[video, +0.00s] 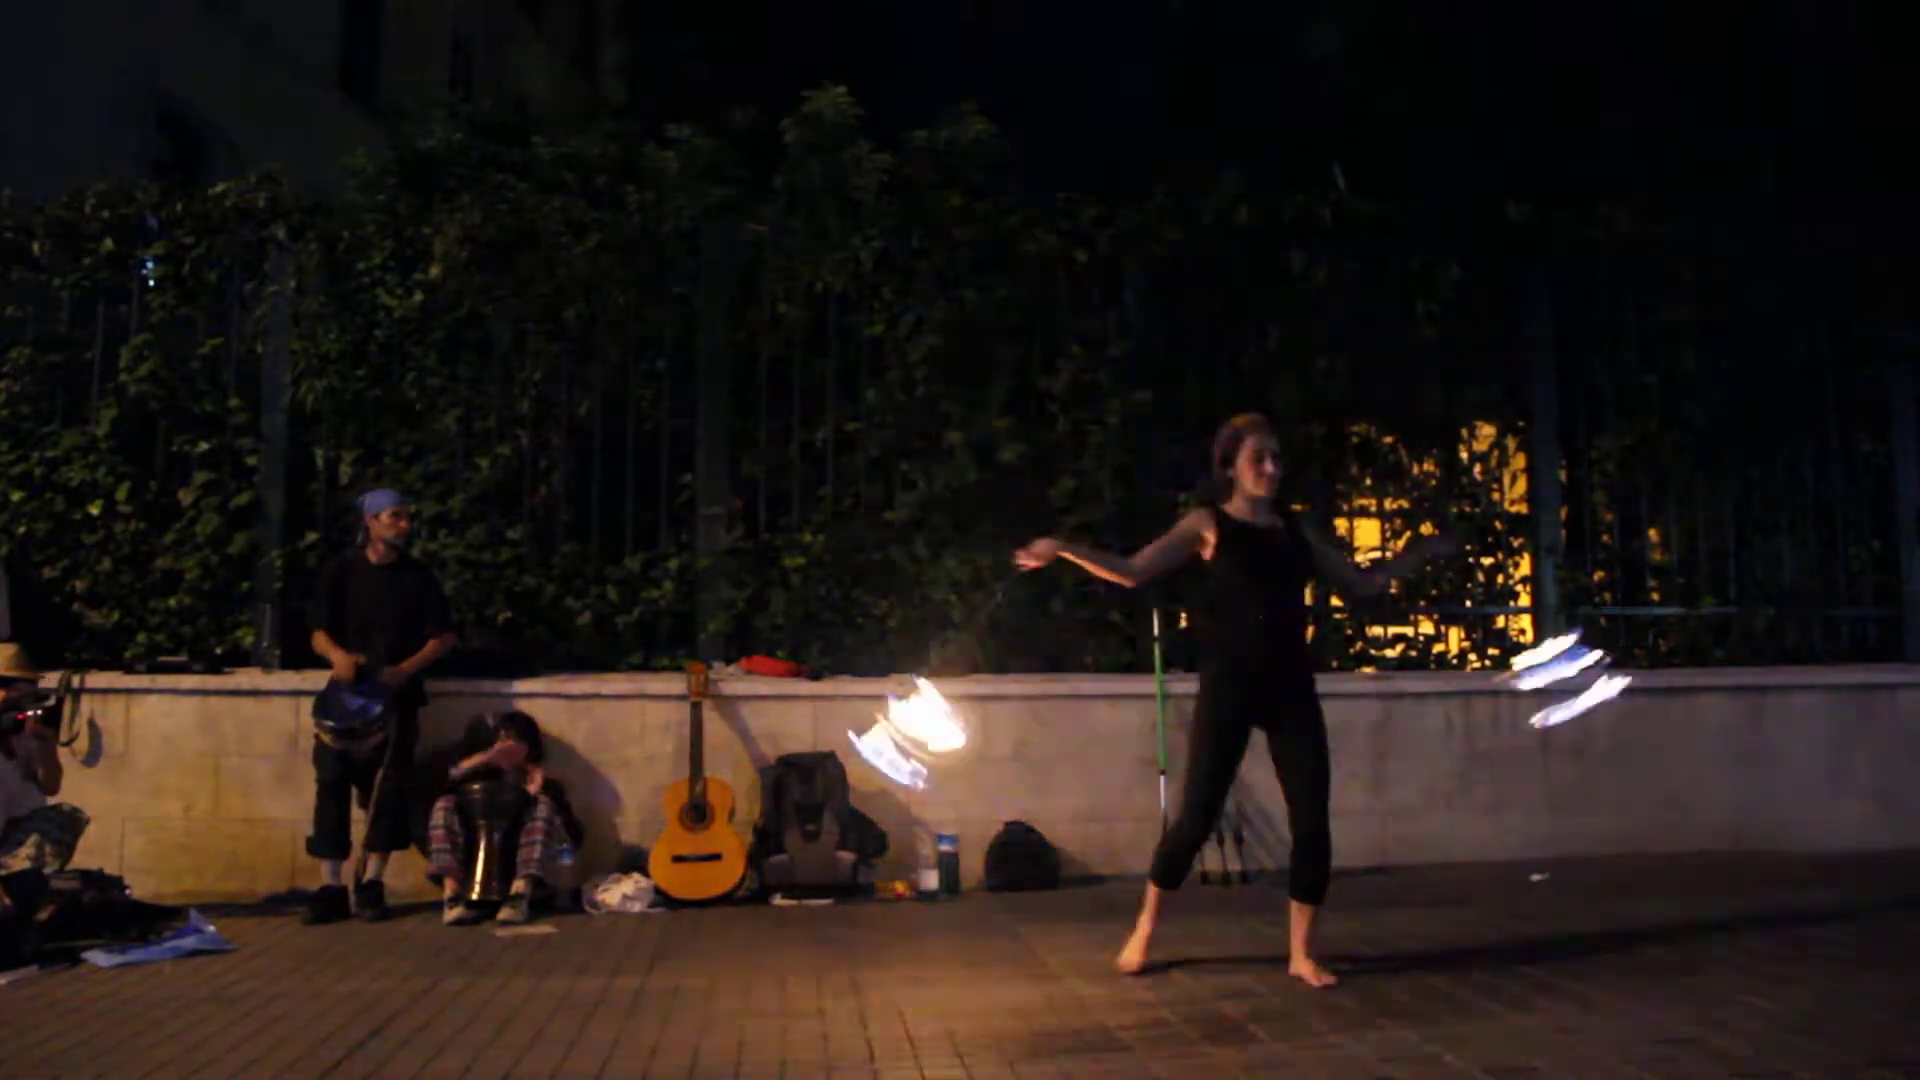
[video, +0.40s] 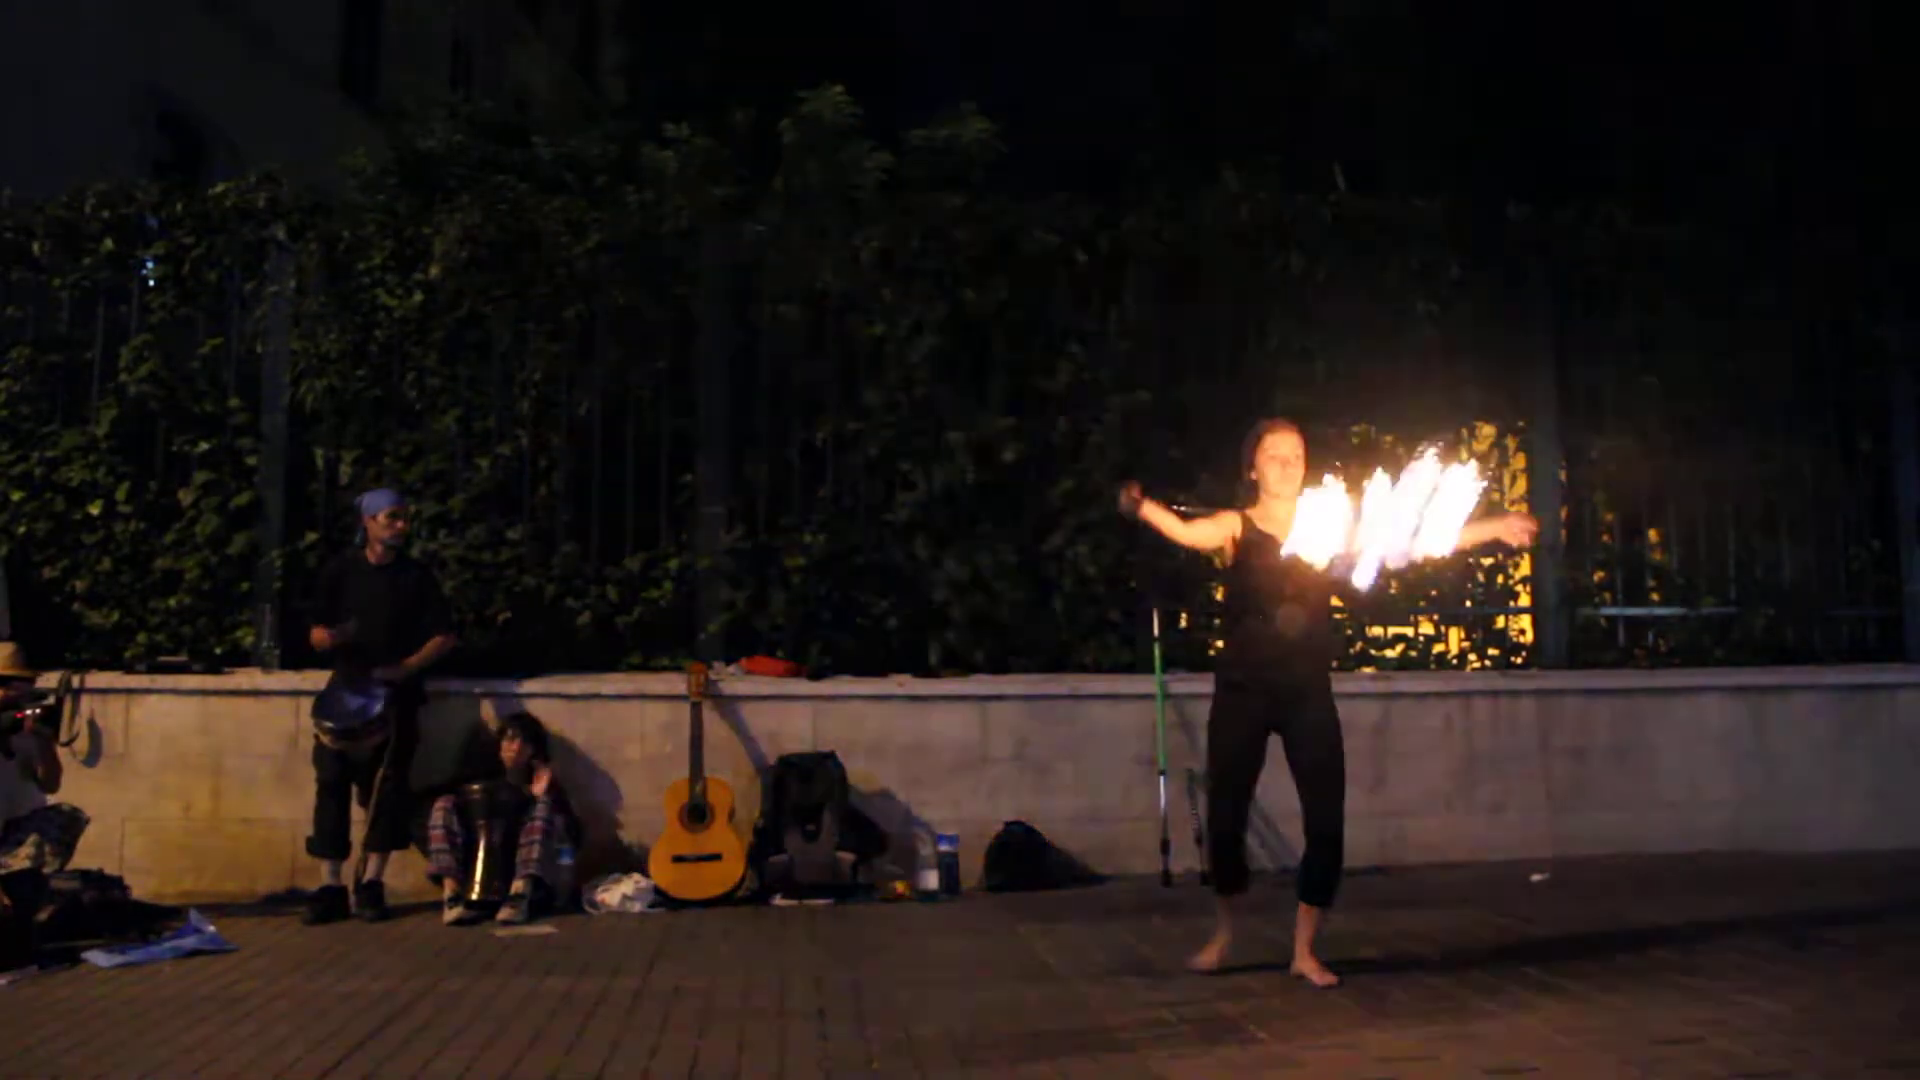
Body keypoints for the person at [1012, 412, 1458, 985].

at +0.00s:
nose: (1269, 465)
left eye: (1274, 455)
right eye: (1257, 456)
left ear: (1281, 464)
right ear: (1230, 465)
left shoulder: (1297, 531)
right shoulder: (1206, 525)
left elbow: (1363, 584)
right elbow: (1132, 572)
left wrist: (1424, 556)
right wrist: (1064, 551)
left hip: (1291, 689)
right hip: (1227, 689)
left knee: (1312, 821)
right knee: (1196, 816)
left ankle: (1300, 954)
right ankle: (1145, 926)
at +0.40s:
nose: (1287, 466)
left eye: (1295, 458)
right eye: (1276, 457)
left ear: (1307, 466)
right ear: (1253, 466)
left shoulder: (1329, 522)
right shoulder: (1236, 524)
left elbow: (1415, 542)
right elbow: (1188, 534)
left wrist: (1493, 529)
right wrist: (1144, 506)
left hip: (1308, 693)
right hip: (1242, 692)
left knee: (1326, 823)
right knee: (1224, 813)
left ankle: (1303, 951)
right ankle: (1224, 932)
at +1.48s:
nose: (1137, 448)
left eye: (1142, 440)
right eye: (1124, 439)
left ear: (1150, 451)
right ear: (1095, 451)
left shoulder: (1172, 517)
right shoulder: (1072, 524)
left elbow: (1224, 586)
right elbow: (1047, 609)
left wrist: (1293, 560)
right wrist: (1012, 618)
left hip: (1169, 681)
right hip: (1102, 686)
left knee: (1211, 811)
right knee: (1114, 822)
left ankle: (1256, 935)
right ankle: (1115, 949)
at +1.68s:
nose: (1129, 456)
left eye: (1135, 448)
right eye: (1116, 449)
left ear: (1147, 462)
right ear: (1094, 466)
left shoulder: (1171, 523)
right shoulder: (1077, 530)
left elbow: (1239, 559)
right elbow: (1026, 573)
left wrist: (1272, 491)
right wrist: (1021, 518)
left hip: (1174, 688)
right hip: (1109, 693)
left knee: (1218, 808)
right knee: (1111, 825)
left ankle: (1270, 936)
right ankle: (1116, 949)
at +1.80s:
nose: (1146, 433)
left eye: (1150, 426)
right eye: (1133, 427)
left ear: (1161, 439)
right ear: (1106, 445)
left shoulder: (1178, 499)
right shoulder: (1098, 502)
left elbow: (1245, 494)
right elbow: (1065, 514)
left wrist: (1264, 424)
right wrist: (1065, 437)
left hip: (1184, 670)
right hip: (1120, 675)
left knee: (1230, 798)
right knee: (1119, 813)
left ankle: (1276, 928)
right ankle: (1113, 945)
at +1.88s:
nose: (1152, 423)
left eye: (1159, 414)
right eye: (1140, 416)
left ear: (1172, 427)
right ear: (1117, 433)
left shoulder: (1191, 486)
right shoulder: (1111, 492)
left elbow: (1249, 444)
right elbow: (1091, 451)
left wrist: (1259, 362)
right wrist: (1084, 376)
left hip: (1196, 657)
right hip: (1130, 662)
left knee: (1235, 792)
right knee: (1125, 802)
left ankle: (1274, 924)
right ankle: (1114, 941)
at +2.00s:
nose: (1174, 420)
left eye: (1181, 410)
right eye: (1161, 412)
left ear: (1193, 424)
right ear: (1142, 425)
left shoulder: (1210, 480)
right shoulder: (1131, 486)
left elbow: (1246, 410)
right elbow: (1131, 410)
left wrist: (1248, 324)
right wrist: (1138, 324)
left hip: (1213, 655)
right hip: (1146, 658)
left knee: (1241, 790)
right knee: (1135, 797)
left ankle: (1269, 928)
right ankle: (1116, 937)